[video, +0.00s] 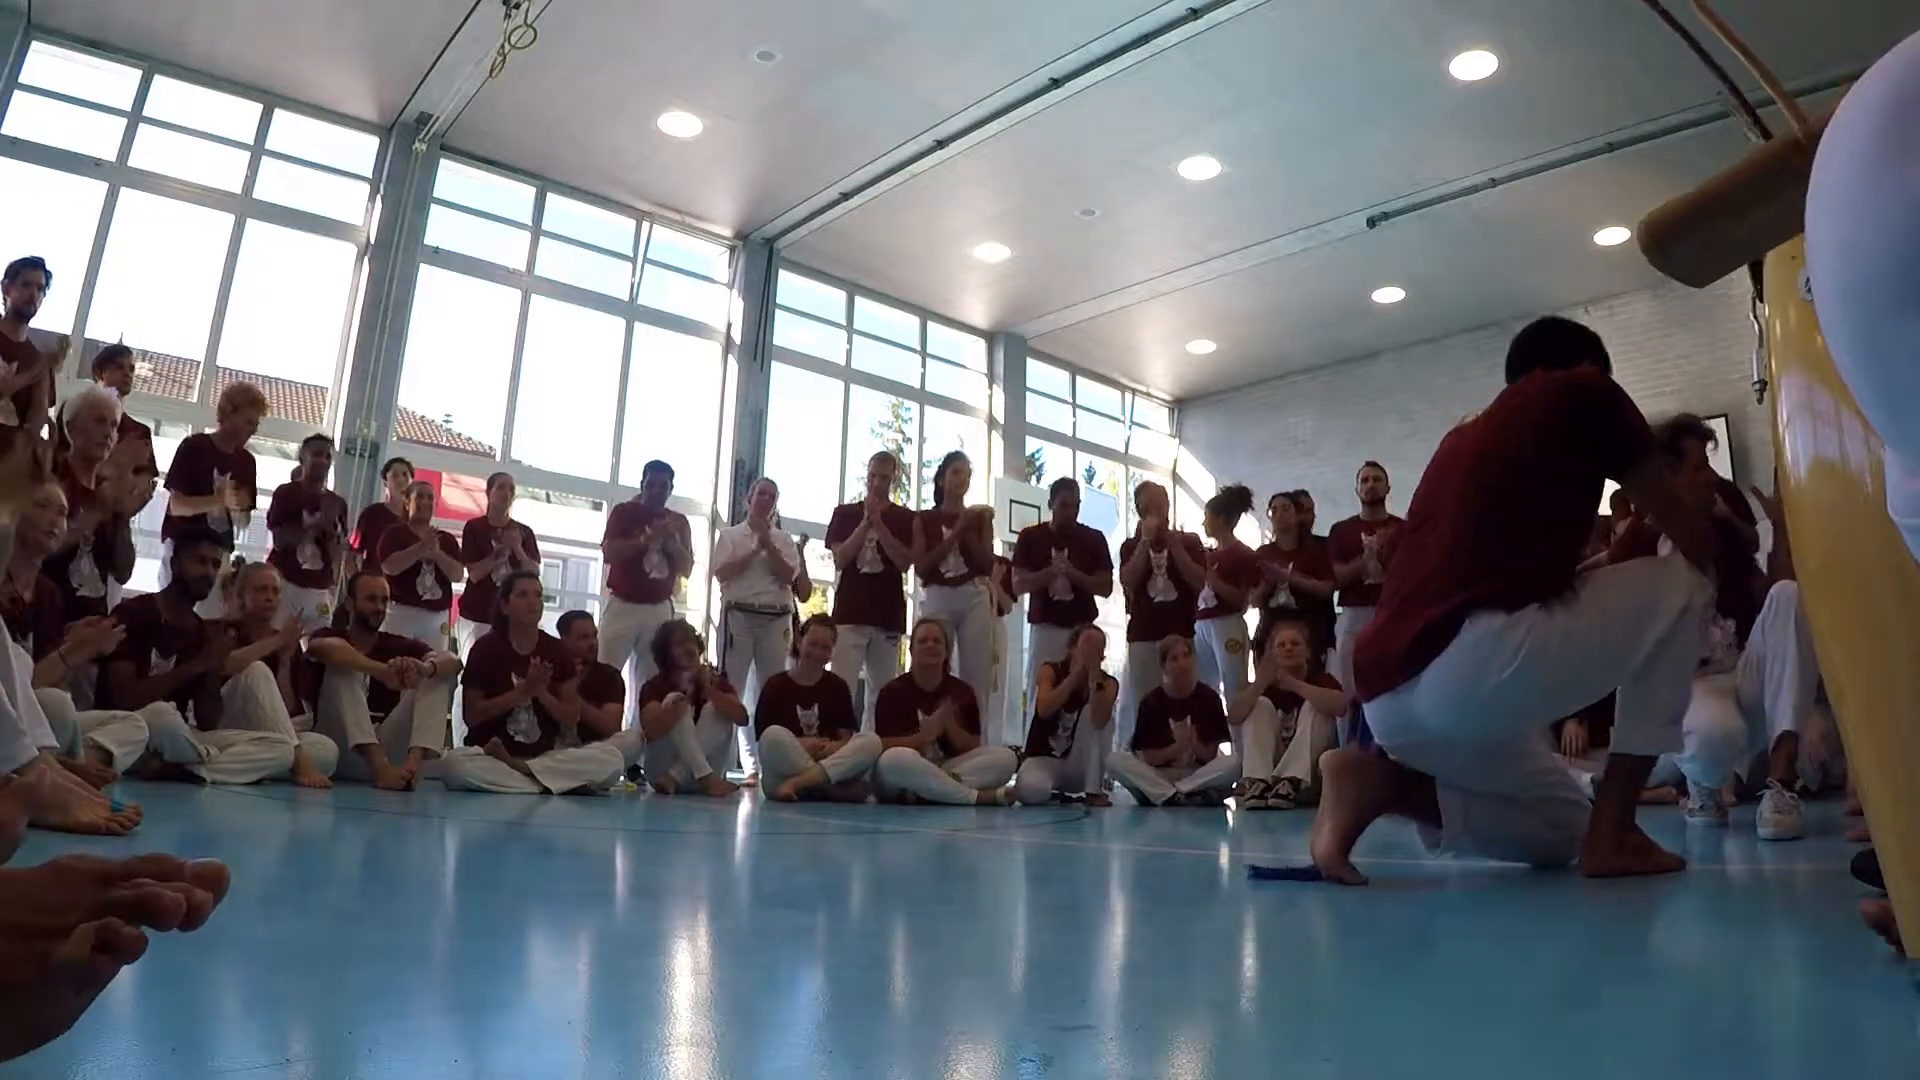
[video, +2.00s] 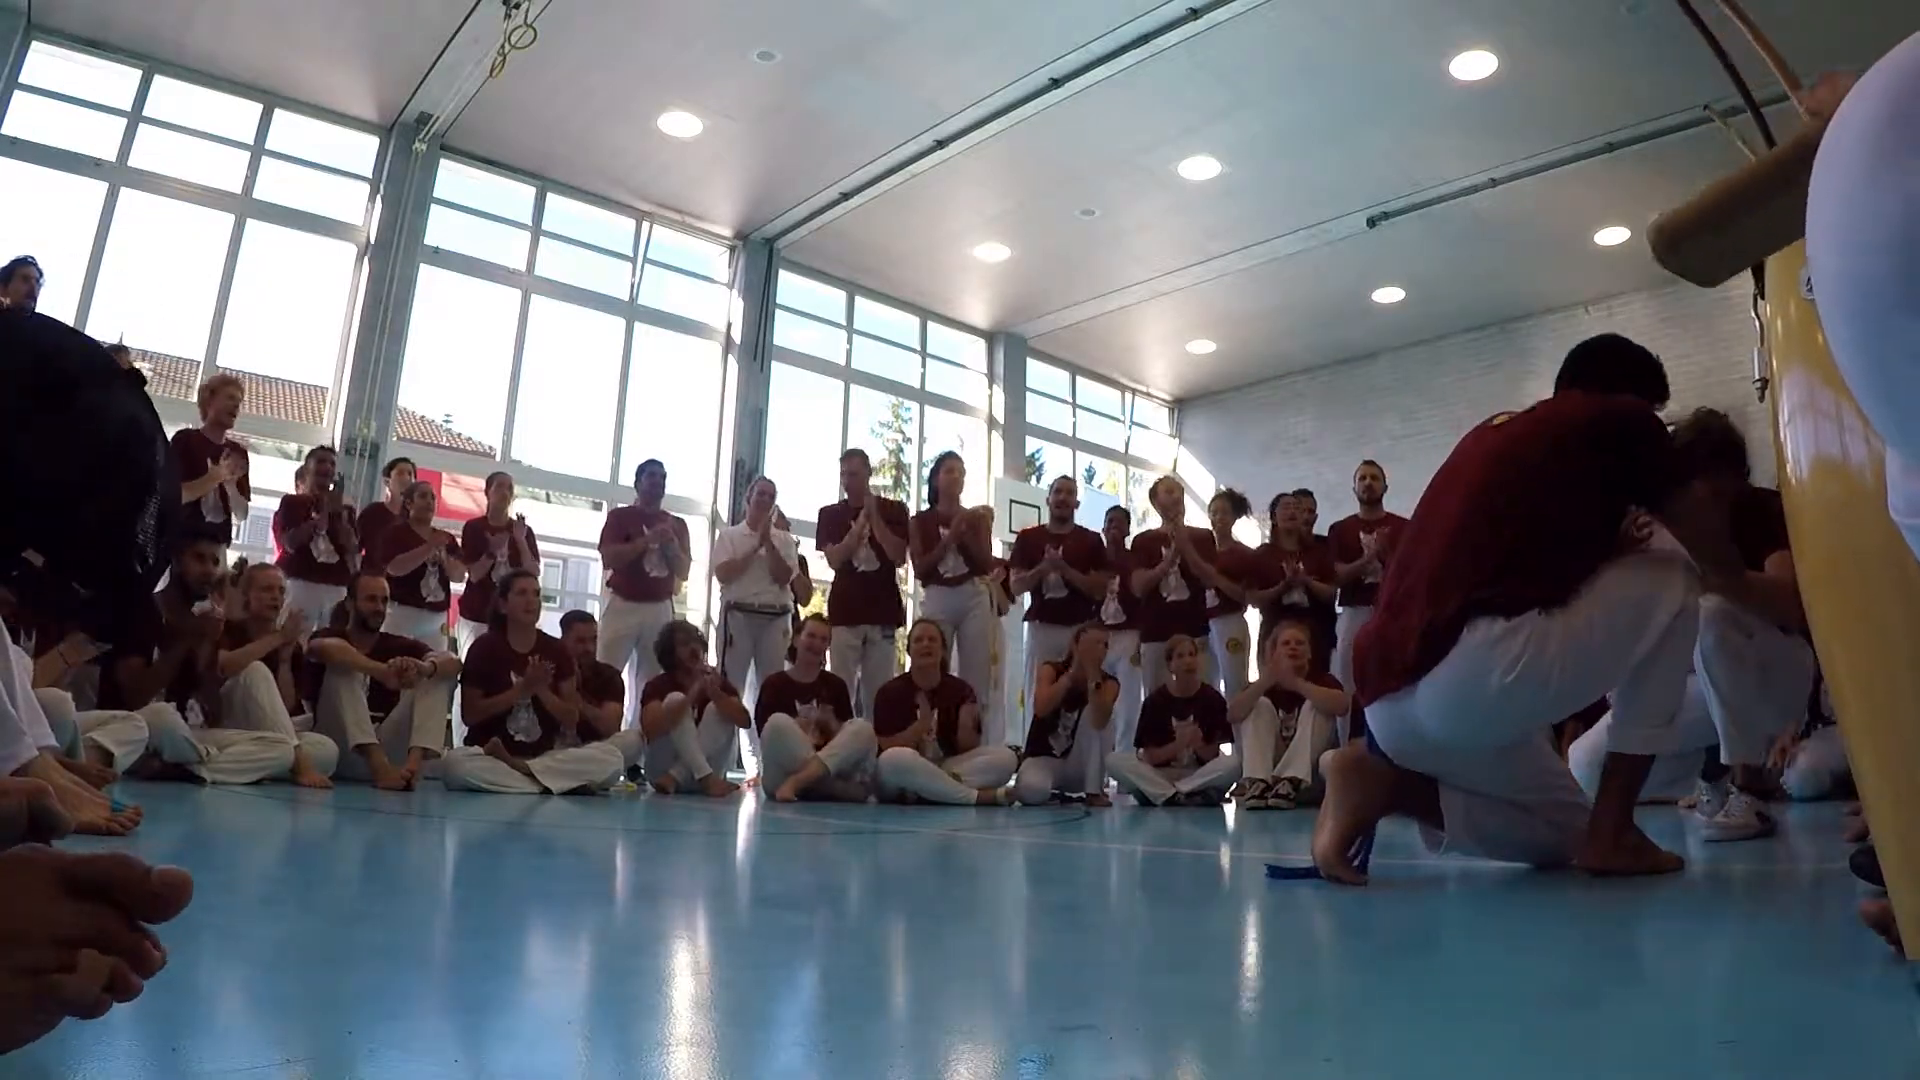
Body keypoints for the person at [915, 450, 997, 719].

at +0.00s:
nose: (961, 478)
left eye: (966, 474)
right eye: (955, 472)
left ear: (970, 481)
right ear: (942, 478)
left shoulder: (981, 517)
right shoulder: (923, 519)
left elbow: (986, 567)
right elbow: (922, 569)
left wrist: (966, 534)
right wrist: (955, 534)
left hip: (975, 598)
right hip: (936, 597)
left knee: (976, 679)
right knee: (932, 677)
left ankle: (975, 749)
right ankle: (931, 749)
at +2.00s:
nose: (955, 477)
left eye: (960, 472)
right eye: (948, 472)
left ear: (965, 479)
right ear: (935, 478)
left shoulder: (977, 519)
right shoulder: (921, 520)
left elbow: (985, 566)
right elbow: (920, 569)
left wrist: (965, 537)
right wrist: (949, 540)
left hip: (974, 596)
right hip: (936, 596)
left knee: (976, 679)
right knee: (933, 676)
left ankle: (975, 750)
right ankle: (932, 751)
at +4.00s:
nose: (959, 480)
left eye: (963, 474)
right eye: (952, 474)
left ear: (968, 481)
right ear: (938, 480)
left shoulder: (979, 515)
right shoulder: (925, 520)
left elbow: (988, 566)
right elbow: (921, 571)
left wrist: (963, 541)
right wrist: (942, 546)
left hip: (977, 599)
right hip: (939, 600)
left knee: (978, 680)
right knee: (933, 677)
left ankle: (979, 746)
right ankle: (934, 749)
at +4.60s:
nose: (969, 482)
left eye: (974, 476)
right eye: (962, 476)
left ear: (979, 481)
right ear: (950, 481)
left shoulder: (985, 520)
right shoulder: (935, 523)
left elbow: (992, 561)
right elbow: (930, 571)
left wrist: (972, 537)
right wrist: (952, 546)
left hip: (980, 591)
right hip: (949, 593)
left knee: (980, 669)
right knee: (945, 668)